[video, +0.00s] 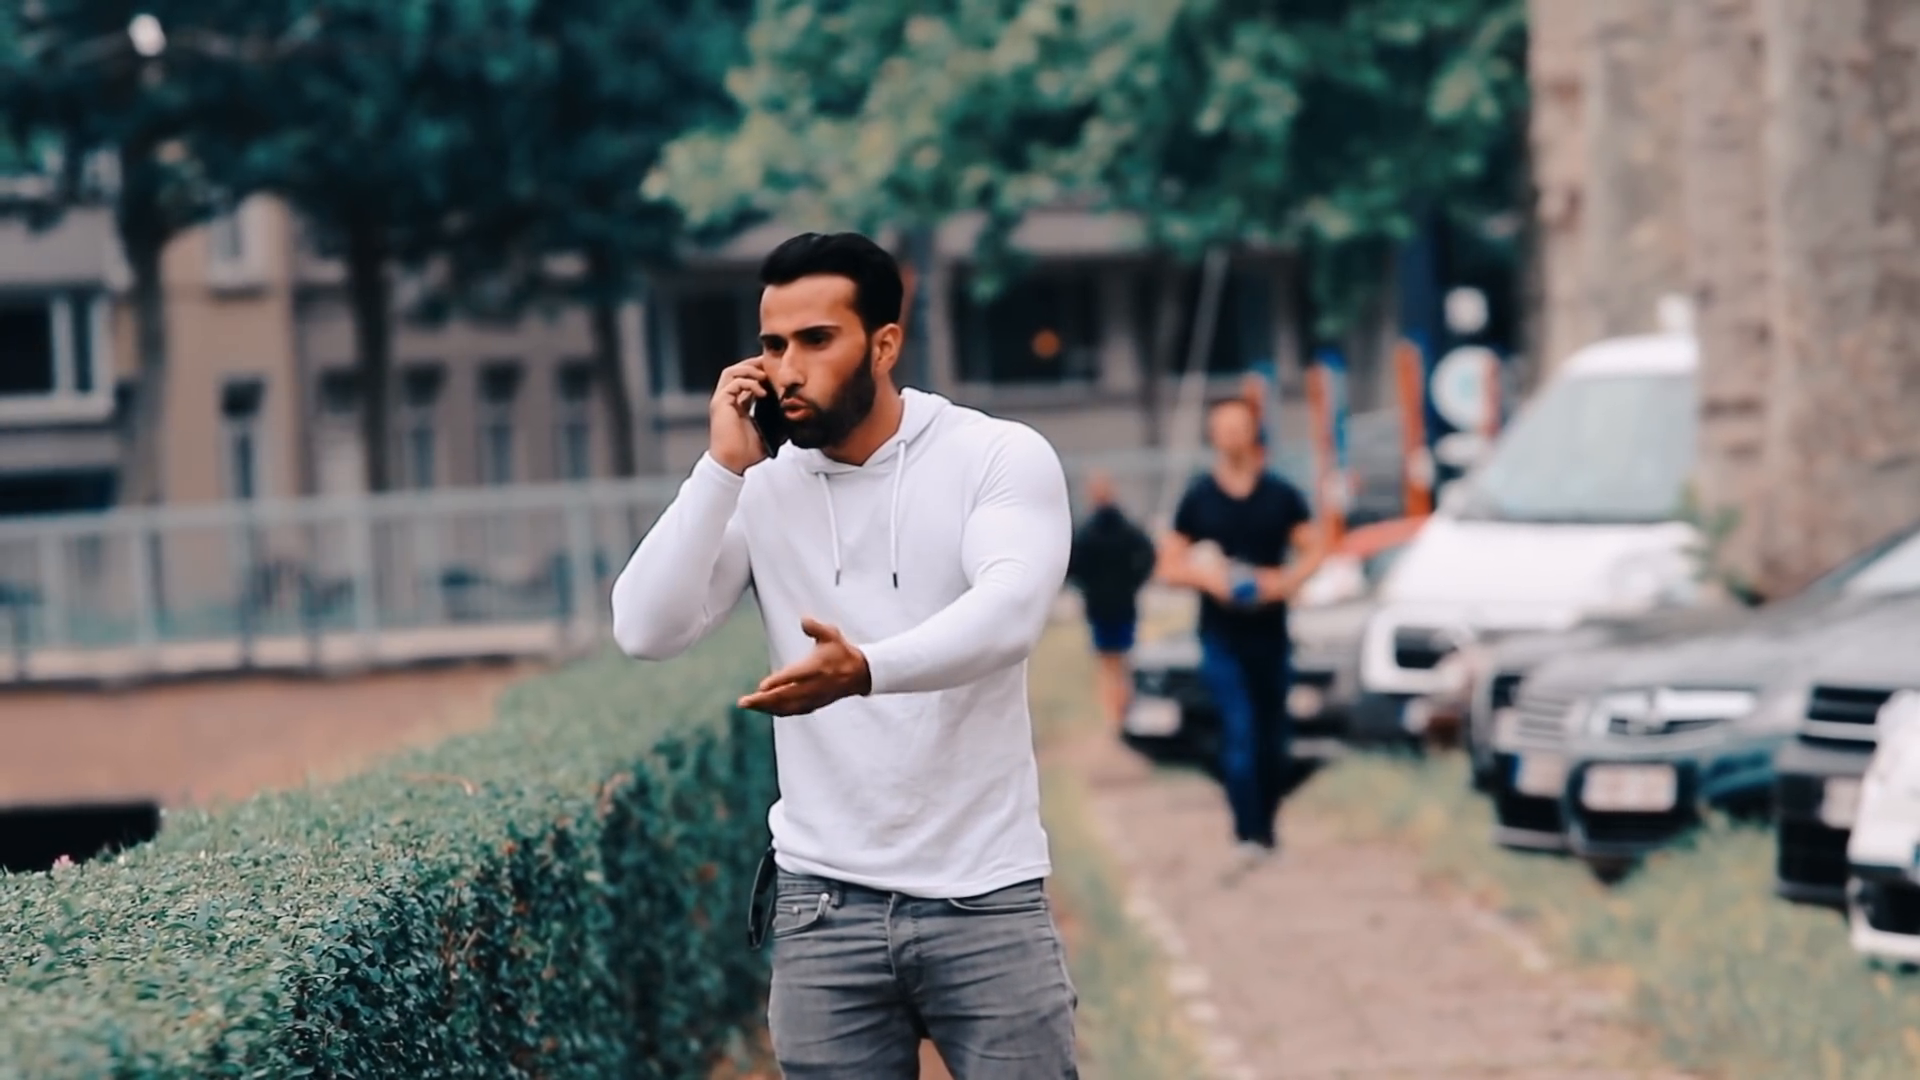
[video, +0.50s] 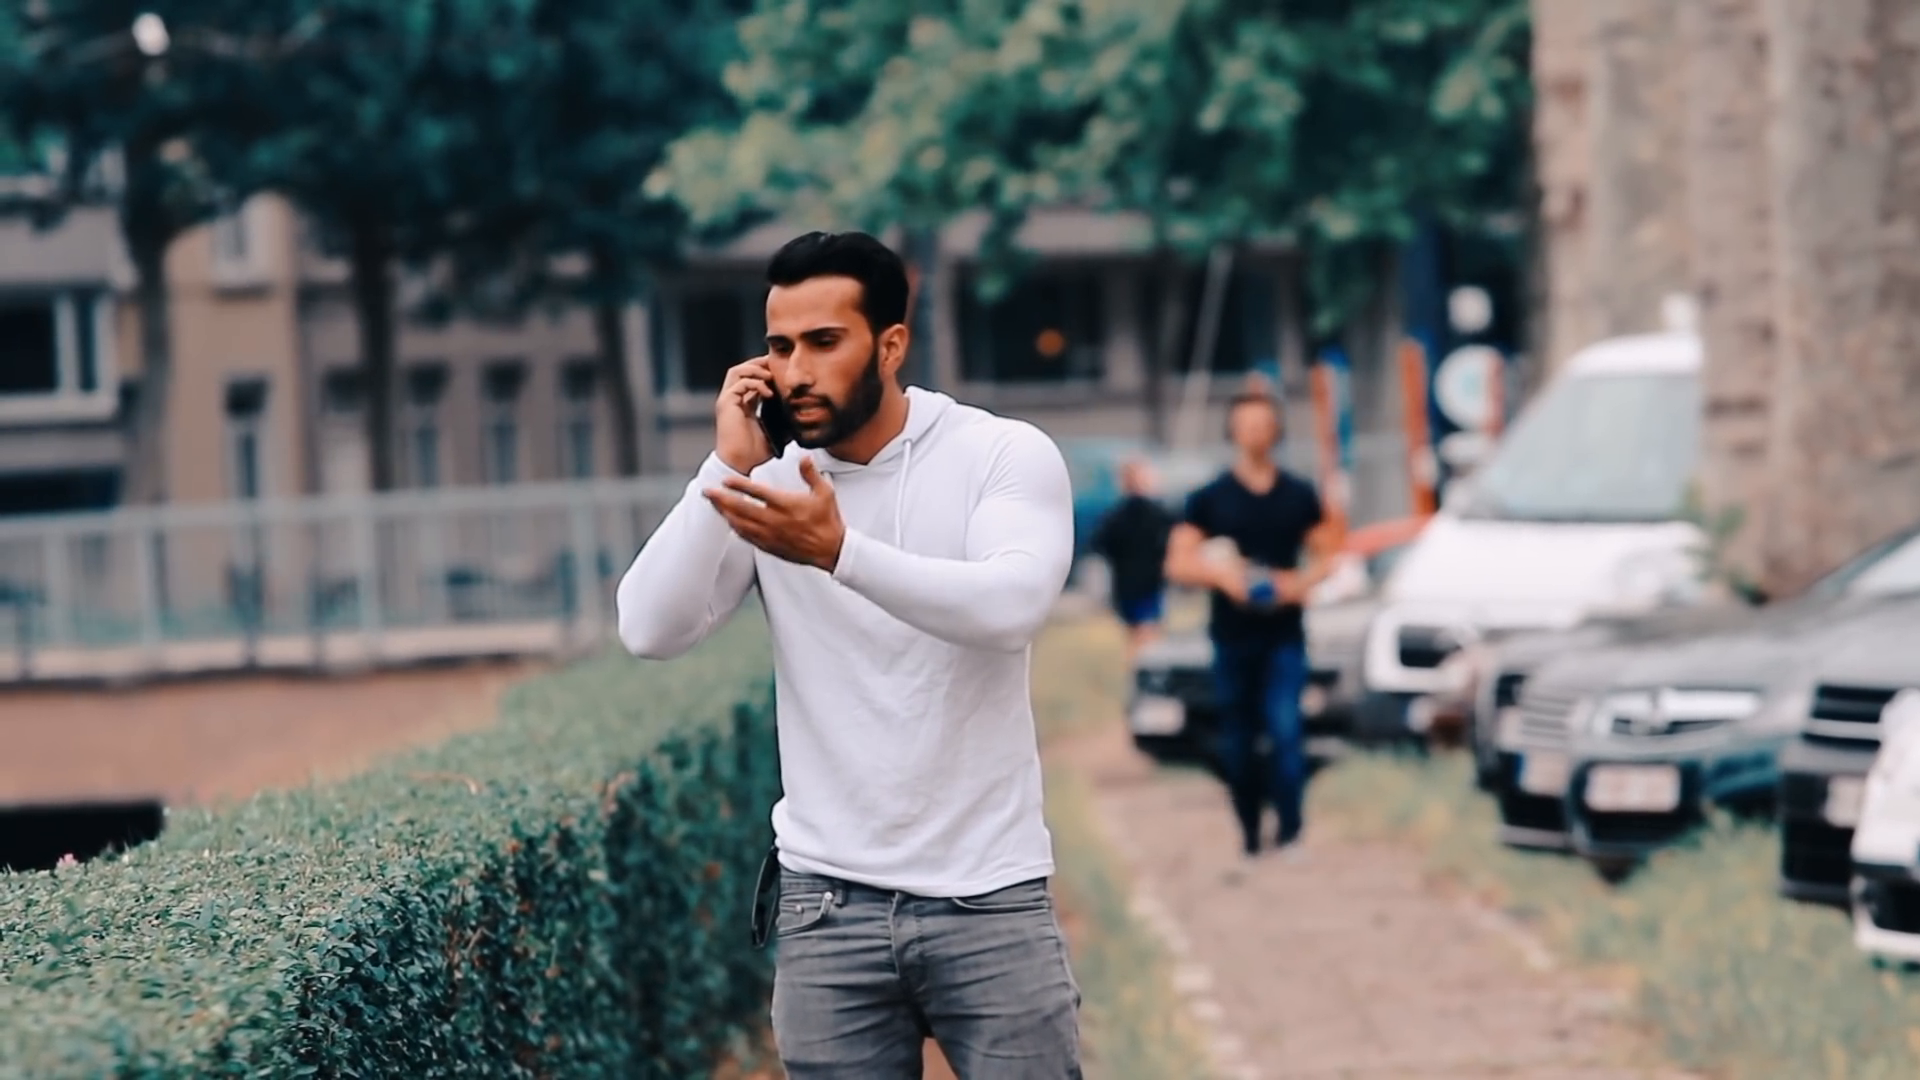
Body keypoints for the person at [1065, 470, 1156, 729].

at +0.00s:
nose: (1100, 497)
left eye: (1098, 493)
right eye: (1101, 493)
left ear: (1092, 498)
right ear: (1114, 496)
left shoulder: (1086, 533)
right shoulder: (1128, 530)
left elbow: (1073, 566)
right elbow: (1147, 554)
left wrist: (1089, 583)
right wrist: (1132, 580)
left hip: (1098, 600)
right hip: (1124, 599)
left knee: (1108, 661)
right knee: (1120, 659)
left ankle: (1114, 715)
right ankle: (1123, 709)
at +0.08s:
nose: (1106, 497)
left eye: (1104, 493)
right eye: (1108, 492)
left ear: (1096, 497)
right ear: (1118, 496)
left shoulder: (1087, 532)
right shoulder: (1134, 531)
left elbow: (1074, 563)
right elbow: (1146, 556)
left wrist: (1091, 581)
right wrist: (1135, 577)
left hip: (1099, 599)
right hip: (1127, 598)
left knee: (1103, 657)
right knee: (1121, 656)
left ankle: (1109, 710)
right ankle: (1119, 712)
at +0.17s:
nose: (1114, 489)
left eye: (1113, 484)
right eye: (1114, 484)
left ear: (1102, 488)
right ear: (1123, 487)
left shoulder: (1096, 522)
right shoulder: (1136, 521)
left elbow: (1076, 549)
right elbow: (1147, 550)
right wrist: (1138, 569)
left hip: (1104, 590)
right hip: (1131, 590)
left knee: (1110, 647)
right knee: (1129, 644)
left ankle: (1111, 707)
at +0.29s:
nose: (1127, 489)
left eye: (1124, 484)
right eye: (1128, 484)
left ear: (1112, 490)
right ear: (1134, 489)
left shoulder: (1102, 525)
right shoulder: (1145, 524)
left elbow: (1084, 553)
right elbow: (1155, 555)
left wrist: (1102, 569)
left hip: (1110, 588)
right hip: (1138, 587)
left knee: (1121, 638)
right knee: (1135, 637)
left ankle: (1120, 686)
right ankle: (1118, 683)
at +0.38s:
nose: (1129, 489)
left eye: (1129, 485)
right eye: (1128, 485)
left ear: (1118, 490)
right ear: (1139, 489)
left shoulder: (1106, 525)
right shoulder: (1151, 523)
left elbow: (1089, 557)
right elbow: (1160, 556)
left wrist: (1106, 576)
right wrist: (1156, 578)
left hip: (1116, 591)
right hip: (1144, 589)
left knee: (1126, 644)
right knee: (1146, 640)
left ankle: (1129, 688)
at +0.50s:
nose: (1145, 481)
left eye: (1142, 477)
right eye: (1144, 477)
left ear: (1125, 482)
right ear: (1146, 482)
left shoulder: (1116, 515)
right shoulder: (1158, 514)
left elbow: (1100, 542)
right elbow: (1170, 544)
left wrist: (1118, 558)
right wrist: (1165, 564)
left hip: (1125, 578)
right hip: (1152, 577)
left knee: (1134, 632)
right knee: (1150, 630)